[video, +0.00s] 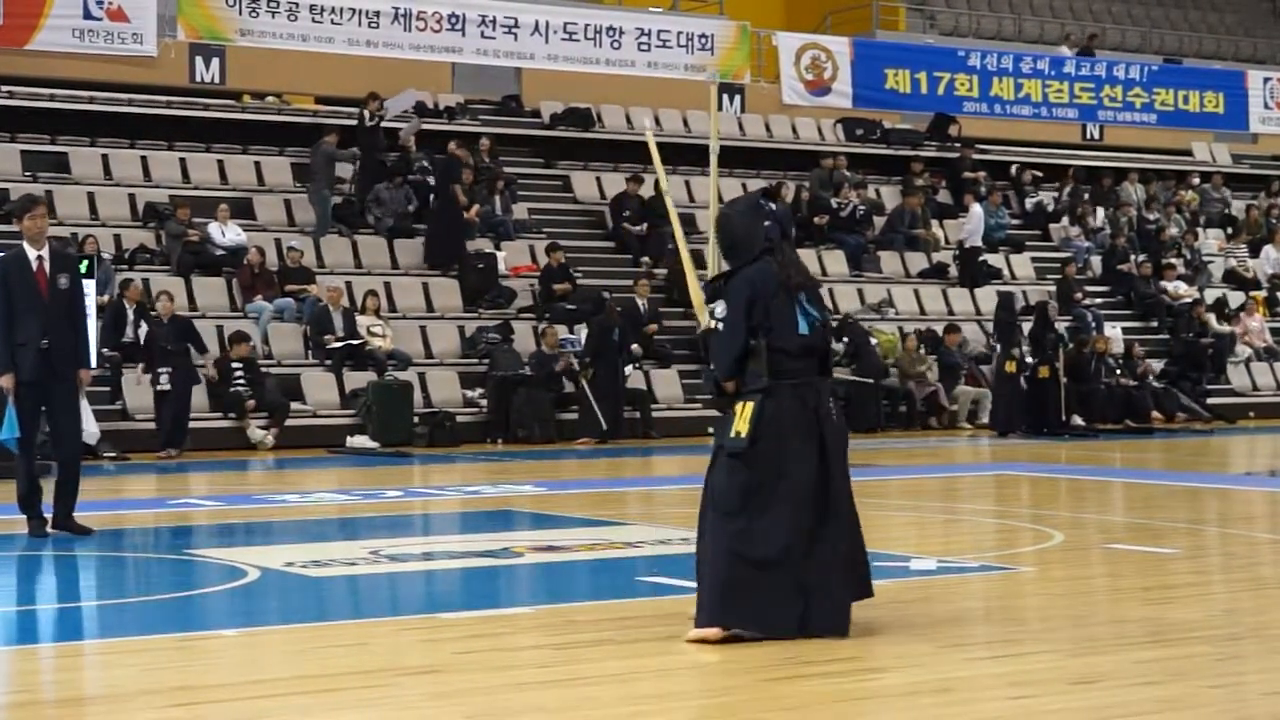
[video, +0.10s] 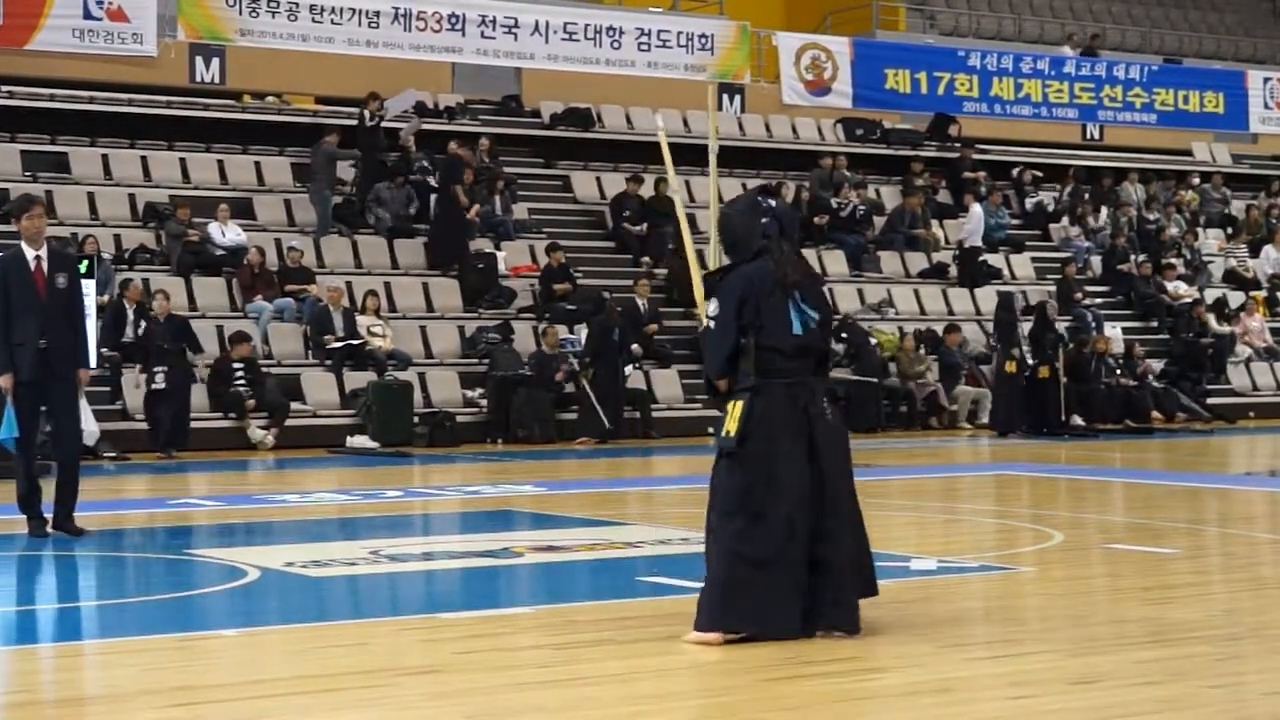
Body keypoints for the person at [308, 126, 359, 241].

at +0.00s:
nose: (336, 141)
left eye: (336, 138)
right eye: (336, 138)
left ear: (325, 135)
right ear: (333, 136)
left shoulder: (317, 148)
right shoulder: (326, 148)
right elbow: (338, 155)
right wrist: (353, 153)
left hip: (315, 189)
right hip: (322, 191)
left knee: (323, 224)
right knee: (324, 225)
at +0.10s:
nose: (337, 141)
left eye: (337, 138)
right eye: (337, 138)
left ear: (326, 135)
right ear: (334, 136)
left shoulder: (317, 148)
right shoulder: (327, 149)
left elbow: (324, 173)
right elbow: (341, 155)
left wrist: (339, 181)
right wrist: (357, 153)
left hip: (316, 189)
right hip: (323, 191)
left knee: (324, 224)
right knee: (324, 225)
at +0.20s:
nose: (339, 142)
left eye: (339, 140)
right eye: (338, 139)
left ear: (328, 137)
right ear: (334, 137)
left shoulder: (319, 148)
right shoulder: (329, 149)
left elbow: (327, 176)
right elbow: (341, 154)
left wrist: (344, 185)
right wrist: (357, 155)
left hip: (316, 189)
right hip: (323, 190)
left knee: (324, 224)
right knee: (324, 224)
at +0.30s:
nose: (340, 144)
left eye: (340, 141)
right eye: (339, 141)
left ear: (329, 139)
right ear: (335, 139)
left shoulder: (323, 151)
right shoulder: (330, 150)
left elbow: (331, 179)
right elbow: (344, 154)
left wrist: (348, 187)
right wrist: (359, 155)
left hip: (317, 191)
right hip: (323, 191)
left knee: (325, 224)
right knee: (324, 225)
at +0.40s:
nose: (344, 146)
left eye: (344, 143)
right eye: (342, 143)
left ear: (332, 141)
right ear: (337, 141)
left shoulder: (324, 152)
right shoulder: (332, 150)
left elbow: (333, 182)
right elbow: (350, 153)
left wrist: (351, 189)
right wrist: (362, 157)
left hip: (317, 191)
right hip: (323, 191)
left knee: (325, 225)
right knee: (324, 226)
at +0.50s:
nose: (345, 147)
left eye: (346, 145)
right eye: (345, 144)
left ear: (335, 142)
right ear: (343, 142)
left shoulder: (326, 152)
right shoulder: (336, 149)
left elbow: (334, 183)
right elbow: (352, 153)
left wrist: (353, 190)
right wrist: (363, 158)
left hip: (316, 191)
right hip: (323, 191)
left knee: (324, 225)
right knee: (324, 226)